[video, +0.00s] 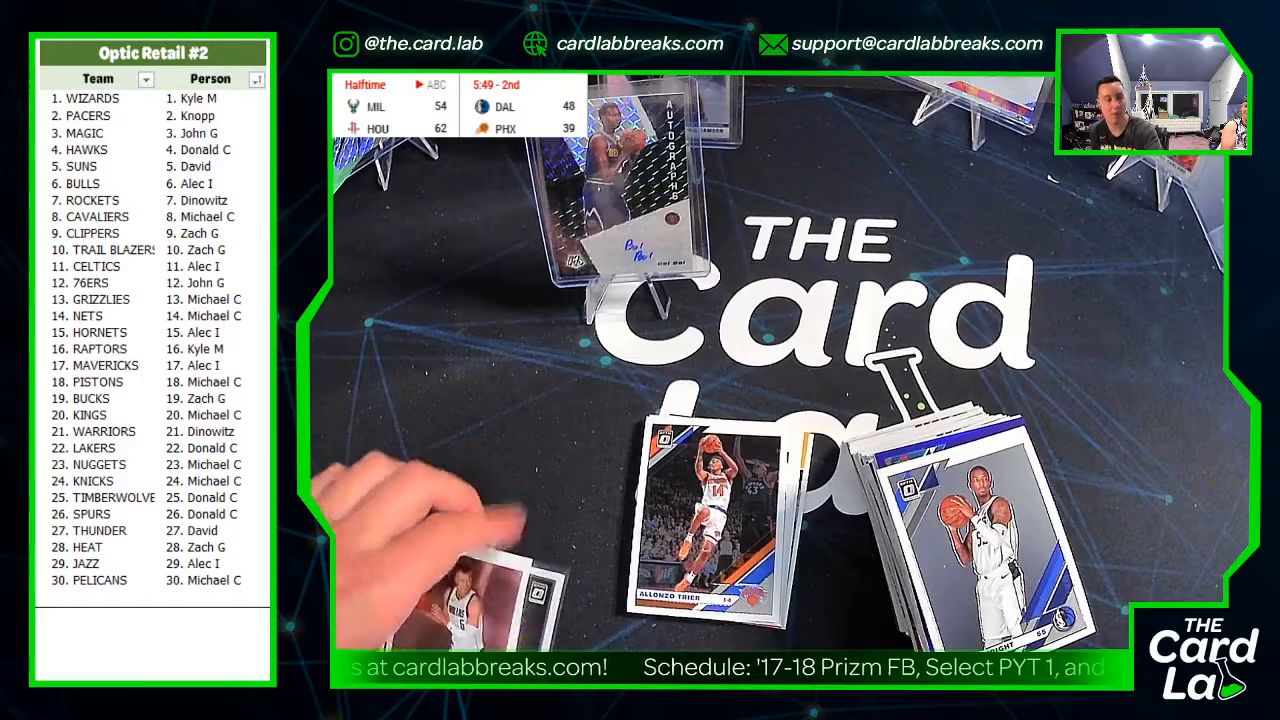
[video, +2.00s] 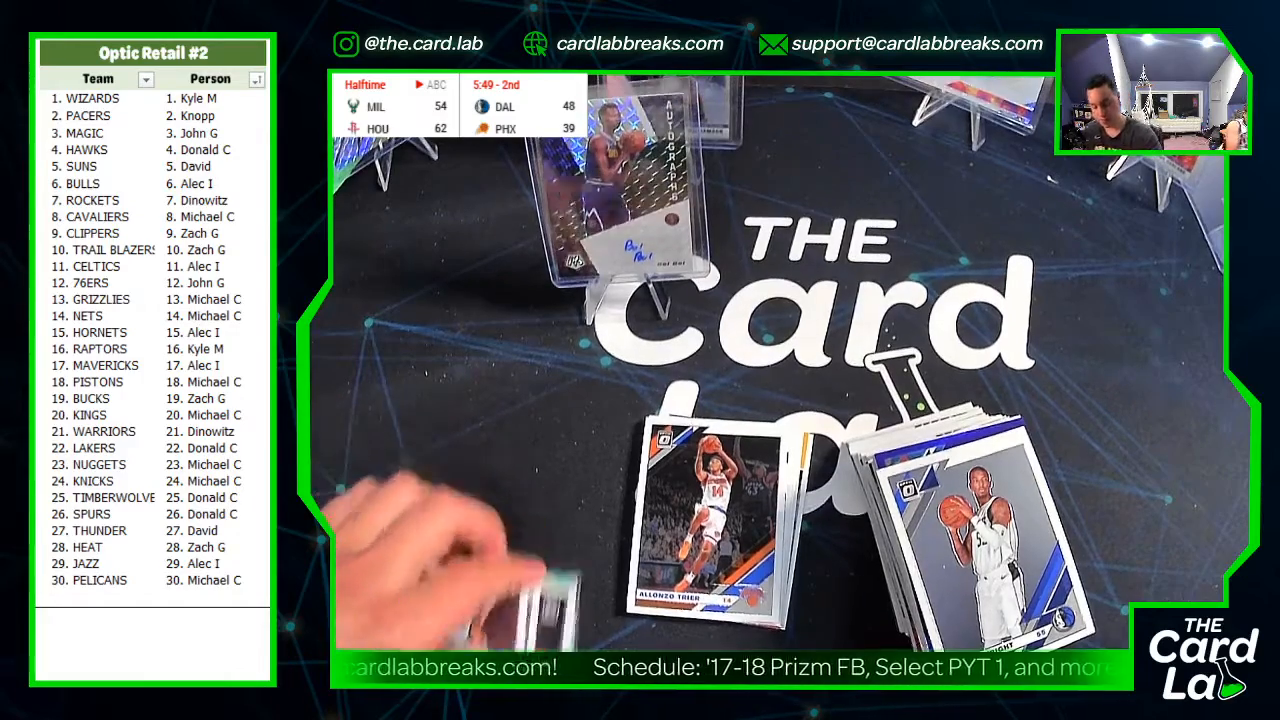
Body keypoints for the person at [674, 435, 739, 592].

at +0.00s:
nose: (714, 463)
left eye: (717, 461)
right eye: (713, 461)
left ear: (721, 465)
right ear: (710, 465)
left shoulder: (727, 476)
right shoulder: (706, 476)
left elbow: (734, 469)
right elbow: (699, 470)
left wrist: (722, 452)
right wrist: (700, 451)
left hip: (721, 513)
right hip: (707, 507)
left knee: (707, 550)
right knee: (704, 511)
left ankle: (688, 579)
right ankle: (688, 540)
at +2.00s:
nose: (714, 464)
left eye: (717, 462)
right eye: (712, 461)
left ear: (721, 466)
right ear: (709, 465)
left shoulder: (727, 476)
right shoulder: (705, 477)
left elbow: (734, 469)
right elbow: (698, 471)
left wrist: (721, 452)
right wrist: (700, 451)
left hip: (720, 512)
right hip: (706, 507)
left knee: (707, 550)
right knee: (704, 512)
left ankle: (689, 578)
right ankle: (688, 540)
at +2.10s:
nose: (714, 464)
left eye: (717, 462)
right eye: (712, 462)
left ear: (721, 466)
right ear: (709, 465)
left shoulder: (727, 476)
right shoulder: (705, 477)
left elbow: (734, 469)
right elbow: (698, 471)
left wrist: (721, 452)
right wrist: (700, 451)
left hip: (720, 512)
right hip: (705, 507)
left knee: (707, 551)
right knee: (704, 512)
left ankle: (689, 578)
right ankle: (688, 540)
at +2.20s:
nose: (714, 464)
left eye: (717, 462)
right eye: (712, 462)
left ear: (721, 466)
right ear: (709, 465)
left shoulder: (727, 476)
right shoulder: (705, 477)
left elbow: (734, 469)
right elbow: (698, 471)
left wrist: (721, 452)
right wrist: (700, 451)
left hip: (720, 513)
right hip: (705, 507)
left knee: (707, 551)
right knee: (704, 512)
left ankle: (688, 579)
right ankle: (688, 540)